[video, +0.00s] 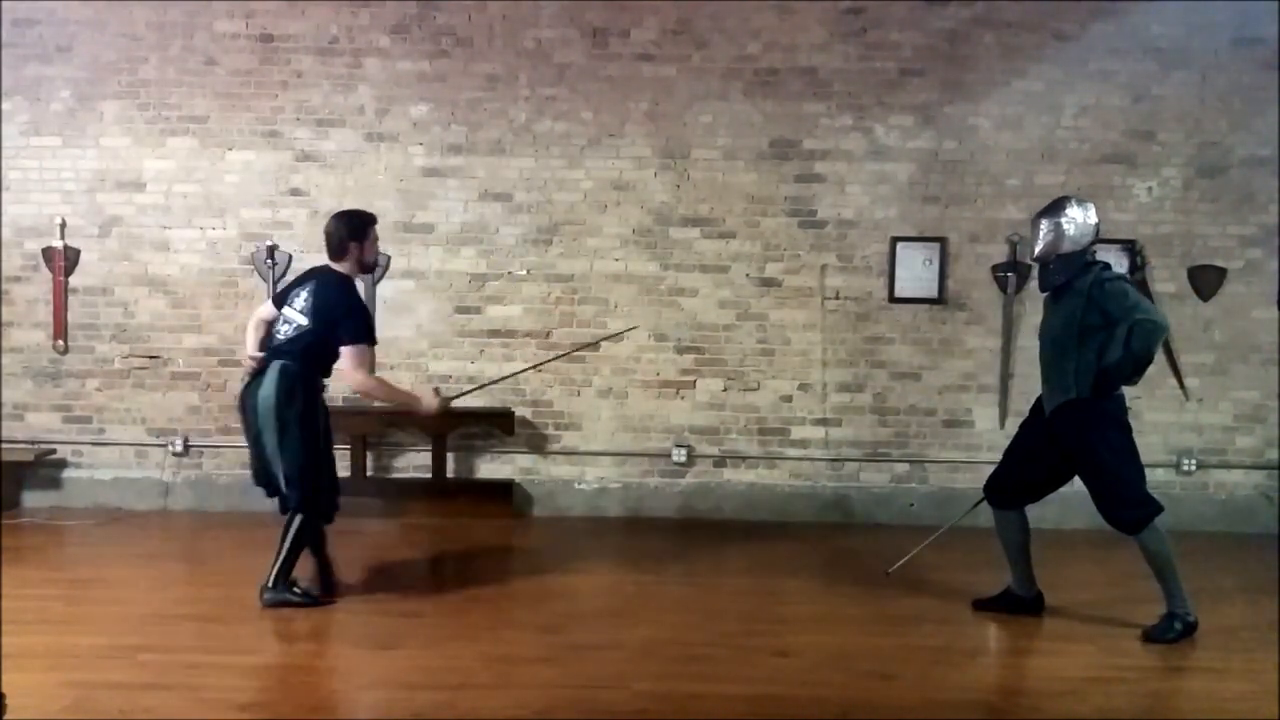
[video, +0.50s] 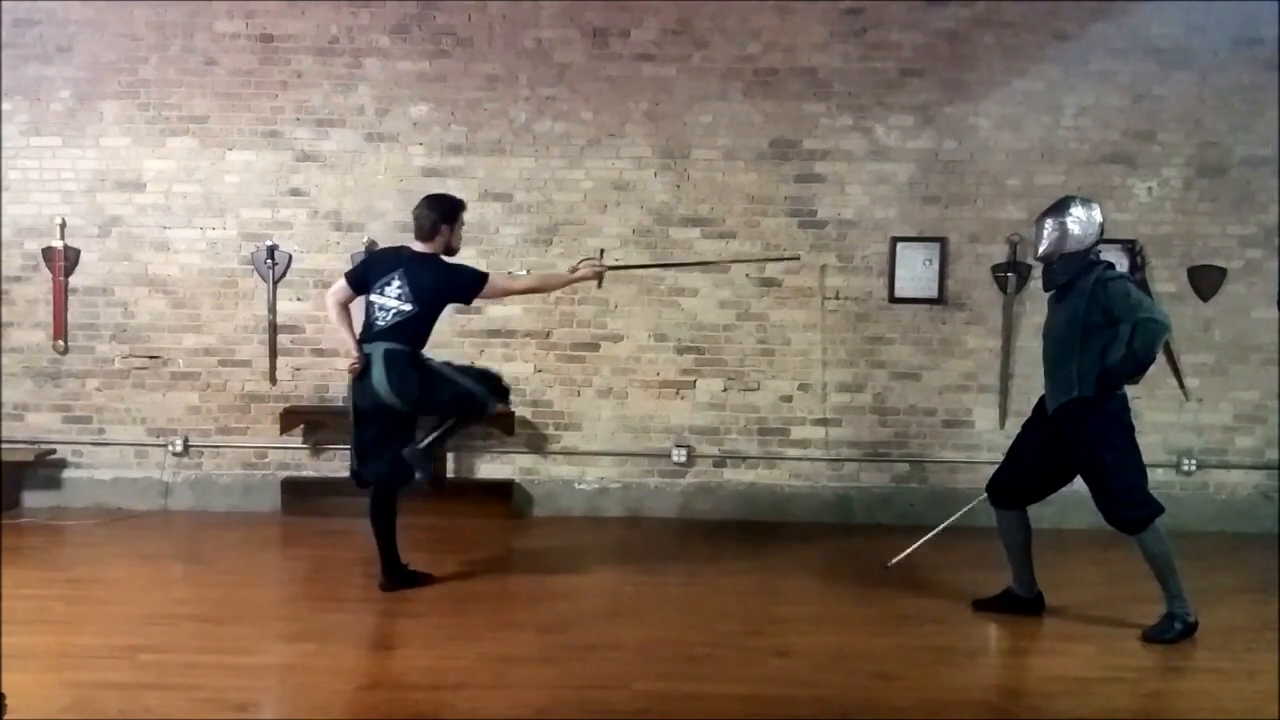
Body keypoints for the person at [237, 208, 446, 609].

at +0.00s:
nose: (377, 249)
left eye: (376, 241)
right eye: (373, 242)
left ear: (336, 247)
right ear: (354, 247)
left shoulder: (307, 279)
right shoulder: (350, 301)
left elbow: (259, 317)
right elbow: (356, 376)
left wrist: (253, 353)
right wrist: (415, 399)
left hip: (262, 386)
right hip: (292, 391)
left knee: (304, 488)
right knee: (315, 491)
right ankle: (277, 583)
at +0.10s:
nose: (393, 247)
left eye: (391, 239)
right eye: (389, 240)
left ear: (353, 244)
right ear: (370, 245)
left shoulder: (321, 276)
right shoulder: (370, 301)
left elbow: (268, 313)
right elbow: (394, 372)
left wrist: (270, 355)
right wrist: (456, 377)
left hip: (286, 390)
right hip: (315, 393)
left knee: (337, 486)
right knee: (324, 493)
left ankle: (371, 569)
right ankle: (278, 582)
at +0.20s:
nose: (408, 243)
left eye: (406, 235)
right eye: (404, 236)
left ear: (369, 239)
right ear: (387, 240)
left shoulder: (334, 272)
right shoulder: (386, 292)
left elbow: (281, 312)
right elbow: (434, 356)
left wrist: (294, 356)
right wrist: (493, 348)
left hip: (313, 387)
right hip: (342, 391)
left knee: (360, 486)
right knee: (341, 491)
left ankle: (387, 570)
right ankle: (284, 574)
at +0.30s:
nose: (423, 239)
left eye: (423, 232)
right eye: (421, 232)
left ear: (383, 233)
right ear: (403, 234)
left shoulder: (349, 266)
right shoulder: (408, 285)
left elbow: (300, 309)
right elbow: (467, 329)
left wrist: (319, 355)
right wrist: (526, 319)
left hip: (333, 382)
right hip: (366, 386)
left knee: (373, 479)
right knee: (399, 484)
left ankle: (390, 570)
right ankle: (324, 545)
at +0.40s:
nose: (440, 236)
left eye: (440, 229)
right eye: (438, 229)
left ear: (399, 229)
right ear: (422, 231)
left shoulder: (364, 262)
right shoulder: (424, 277)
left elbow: (318, 302)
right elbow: (496, 303)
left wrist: (335, 350)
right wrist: (553, 294)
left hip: (346, 379)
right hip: (380, 379)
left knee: (376, 473)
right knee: (450, 439)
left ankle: (391, 569)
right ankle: (379, 483)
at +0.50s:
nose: (460, 234)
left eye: (460, 227)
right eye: (458, 227)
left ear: (419, 227)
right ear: (442, 229)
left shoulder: (380, 260)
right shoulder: (445, 272)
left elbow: (334, 299)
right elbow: (516, 285)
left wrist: (351, 350)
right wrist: (576, 275)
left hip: (365, 379)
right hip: (400, 374)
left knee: (384, 474)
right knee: (479, 397)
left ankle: (392, 571)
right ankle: (417, 453)